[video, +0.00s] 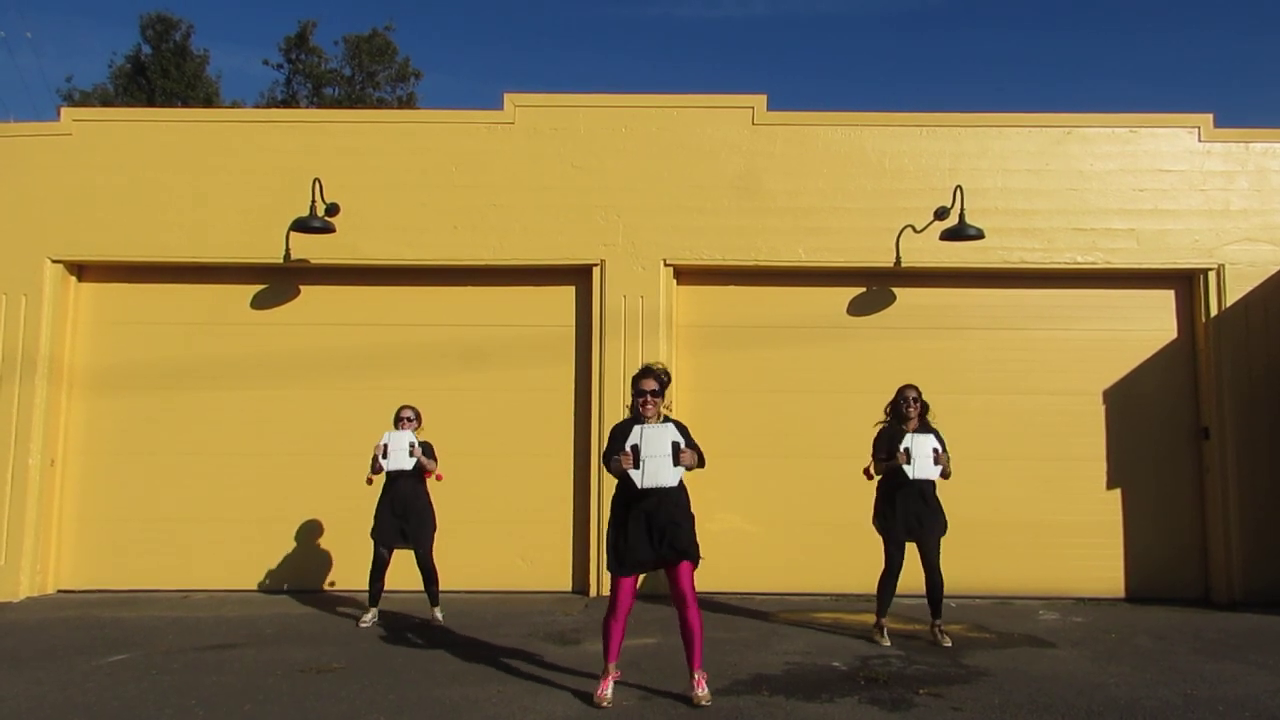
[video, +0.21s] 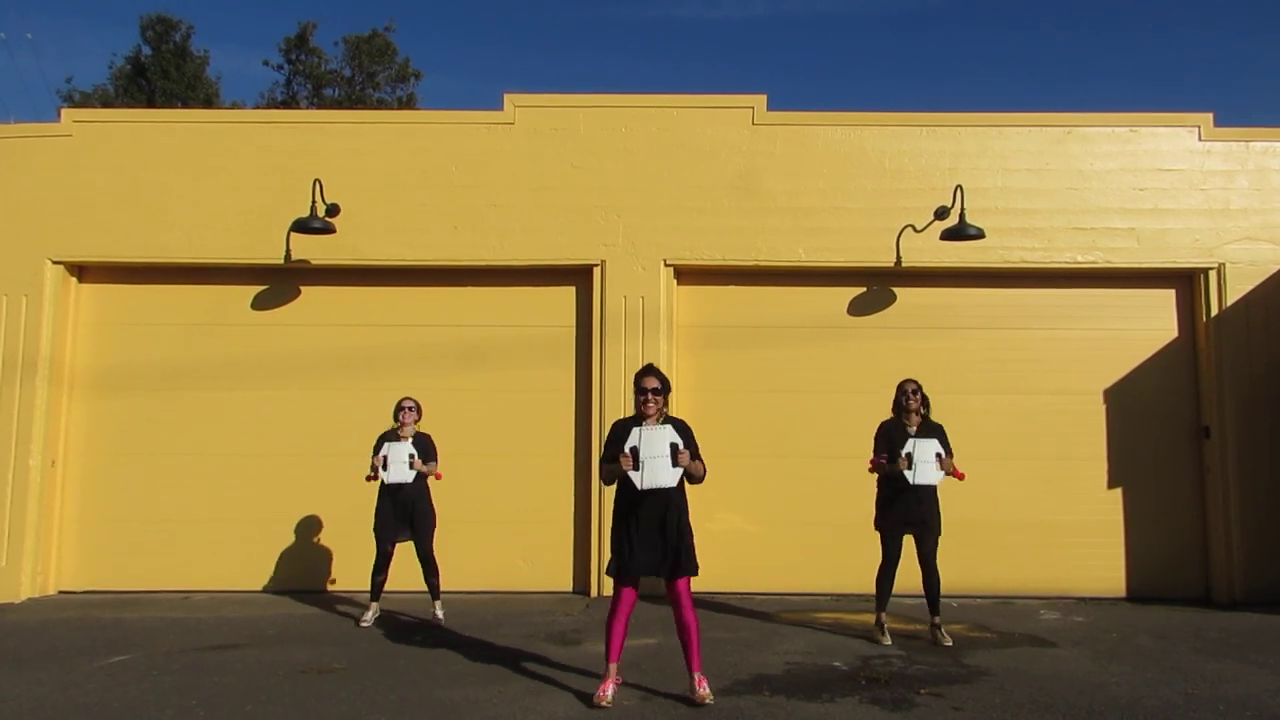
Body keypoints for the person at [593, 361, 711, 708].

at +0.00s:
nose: (646, 399)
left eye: (653, 394)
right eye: (641, 393)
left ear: (663, 396)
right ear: (633, 395)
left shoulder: (677, 429)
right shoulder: (622, 430)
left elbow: (698, 459)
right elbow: (609, 464)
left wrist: (692, 458)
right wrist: (619, 463)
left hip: (673, 522)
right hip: (630, 524)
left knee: (686, 598)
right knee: (620, 603)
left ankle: (697, 676)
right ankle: (609, 673)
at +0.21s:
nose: (648, 397)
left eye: (655, 391)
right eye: (643, 391)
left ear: (665, 395)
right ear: (635, 394)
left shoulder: (679, 428)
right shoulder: (622, 429)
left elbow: (698, 475)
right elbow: (605, 476)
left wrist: (688, 463)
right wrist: (619, 465)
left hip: (672, 526)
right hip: (631, 526)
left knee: (681, 598)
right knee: (623, 598)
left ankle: (697, 677)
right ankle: (611, 675)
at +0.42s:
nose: (648, 403)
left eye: (655, 398)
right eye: (643, 398)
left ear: (667, 404)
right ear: (636, 403)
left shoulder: (679, 441)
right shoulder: (620, 442)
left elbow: (695, 491)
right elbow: (600, 486)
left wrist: (683, 482)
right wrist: (614, 480)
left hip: (671, 536)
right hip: (630, 535)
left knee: (668, 604)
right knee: (630, 606)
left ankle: (671, 671)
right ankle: (624, 671)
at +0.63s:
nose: (650, 389)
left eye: (657, 384)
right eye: (644, 384)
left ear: (668, 389)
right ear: (637, 389)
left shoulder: (681, 424)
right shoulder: (620, 426)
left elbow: (704, 467)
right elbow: (598, 469)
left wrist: (690, 467)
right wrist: (619, 465)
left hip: (676, 521)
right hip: (631, 522)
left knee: (689, 591)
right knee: (621, 593)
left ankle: (699, 663)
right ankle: (613, 661)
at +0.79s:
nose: (653, 416)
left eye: (660, 411)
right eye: (647, 411)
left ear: (672, 415)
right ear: (640, 415)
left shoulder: (681, 447)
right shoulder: (631, 449)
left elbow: (702, 482)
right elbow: (623, 482)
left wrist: (704, 458)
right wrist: (638, 469)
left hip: (679, 540)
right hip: (636, 541)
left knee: (701, 613)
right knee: (621, 614)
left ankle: (724, 683)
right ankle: (600, 679)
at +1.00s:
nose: (665, 394)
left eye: (672, 389)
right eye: (660, 389)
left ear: (686, 392)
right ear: (653, 392)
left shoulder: (704, 417)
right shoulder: (647, 427)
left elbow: (741, 395)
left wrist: (755, 362)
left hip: (696, 515)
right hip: (654, 516)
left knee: (713, 594)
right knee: (636, 592)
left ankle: (731, 668)